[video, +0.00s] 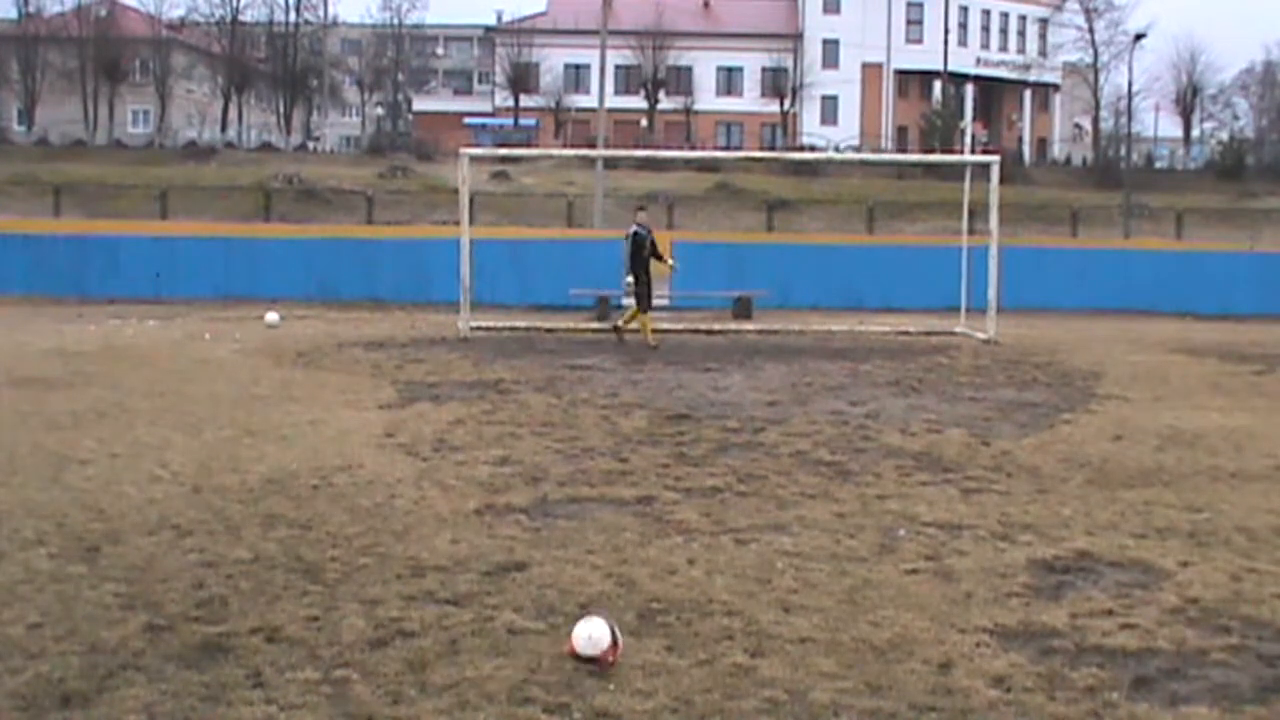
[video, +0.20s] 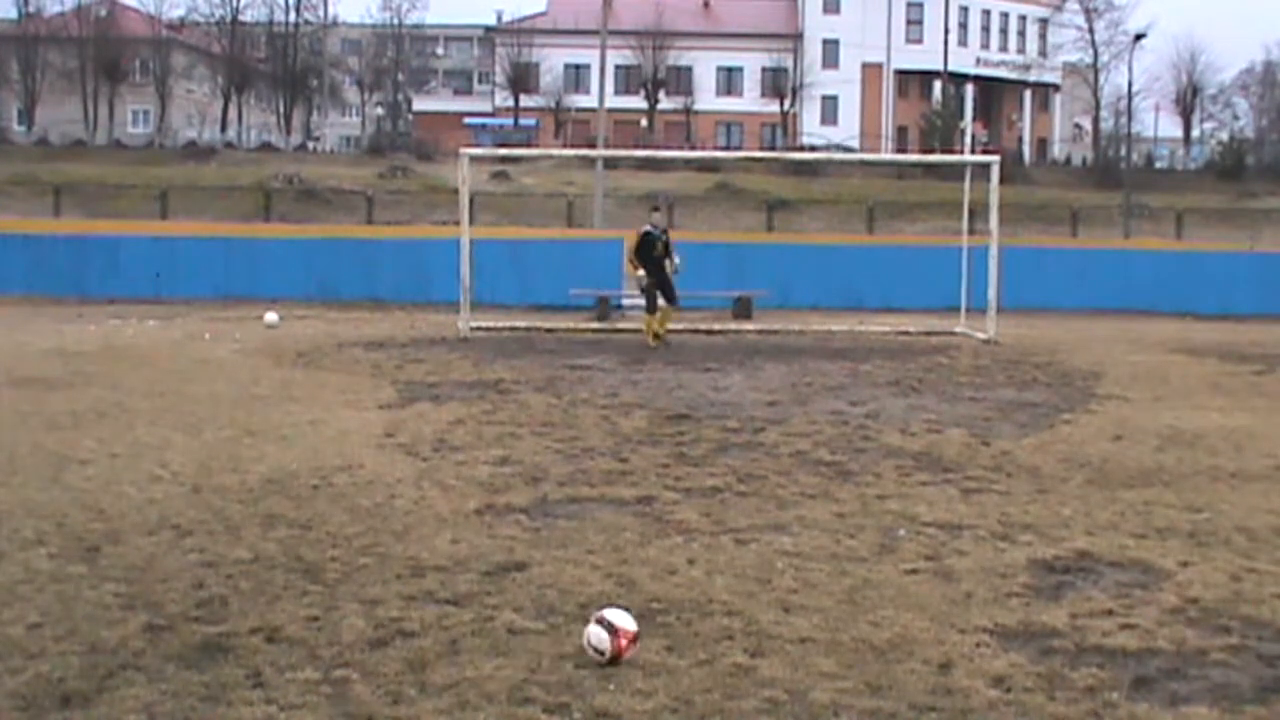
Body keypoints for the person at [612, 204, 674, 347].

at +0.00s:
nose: (642, 219)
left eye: (644, 215)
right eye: (639, 215)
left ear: (647, 217)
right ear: (635, 217)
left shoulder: (648, 234)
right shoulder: (632, 234)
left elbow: (654, 252)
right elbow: (629, 256)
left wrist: (665, 261)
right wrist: (629, 274)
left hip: (645, 271)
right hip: (637, 272)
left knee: (643, 305)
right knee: (642, 307)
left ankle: (621, 324)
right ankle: (649, 339)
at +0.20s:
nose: (658, 220)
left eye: (660, 217)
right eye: (655, 217)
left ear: (663, 218)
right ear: (650, 219)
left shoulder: (664, 234)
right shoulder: (645, 235)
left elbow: (668, 251)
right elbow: (634, 255)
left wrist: (672, 262)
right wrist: (639, 270)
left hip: (661, 271)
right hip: (648, 273)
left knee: (671, 301)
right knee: (652, 307)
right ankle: (650, 335)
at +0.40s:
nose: (672, 232)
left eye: (675, 228)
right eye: (670, 228)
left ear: (678, 230)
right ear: (665, 229)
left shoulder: (682, 243)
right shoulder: (657, 244)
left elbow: (686, 256)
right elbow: (641, 252)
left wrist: (686, 266)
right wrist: (646, 268)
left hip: (674, 277)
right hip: (658, 278)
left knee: (686, 306)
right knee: (659, 311)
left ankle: (701, 334)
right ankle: (652, 338)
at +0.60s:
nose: (689, 245)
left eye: (691, 242)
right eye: (686, 242)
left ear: (695, 243)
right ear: (682, 243)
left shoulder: (698, 254)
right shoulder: (674, 252)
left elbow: (712, 257)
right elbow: (660, 254)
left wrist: (708, 271)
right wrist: (663, 269)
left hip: (693, 283)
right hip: (675, 283)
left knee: (706, 310)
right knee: (665, 311)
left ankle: (711, 340)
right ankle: (660, 337)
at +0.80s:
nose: (694, 249)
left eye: (697, 246)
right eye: (692, 246)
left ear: (701, 247)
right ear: (688, 247)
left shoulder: (706, 258)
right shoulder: (682, 257)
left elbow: (719, 265)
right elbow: (667, 263)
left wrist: (714, 279)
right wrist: (674, 277)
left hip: (703, 284)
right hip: (685, 285)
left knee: (713, 310)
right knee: (675, 309)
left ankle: (712, 339)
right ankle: (681, 339)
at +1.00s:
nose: (698, 252)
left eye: (701, 249)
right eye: (696, 249)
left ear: (704, 250)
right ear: (692, 250)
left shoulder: (710, 261)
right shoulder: (685, 262)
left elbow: (723, 272)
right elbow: (673, 270)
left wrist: (718, 285)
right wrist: (682, 283)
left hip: (707, 287)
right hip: (691, 287)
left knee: (725, 308)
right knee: (683, 312)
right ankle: (684, 342)